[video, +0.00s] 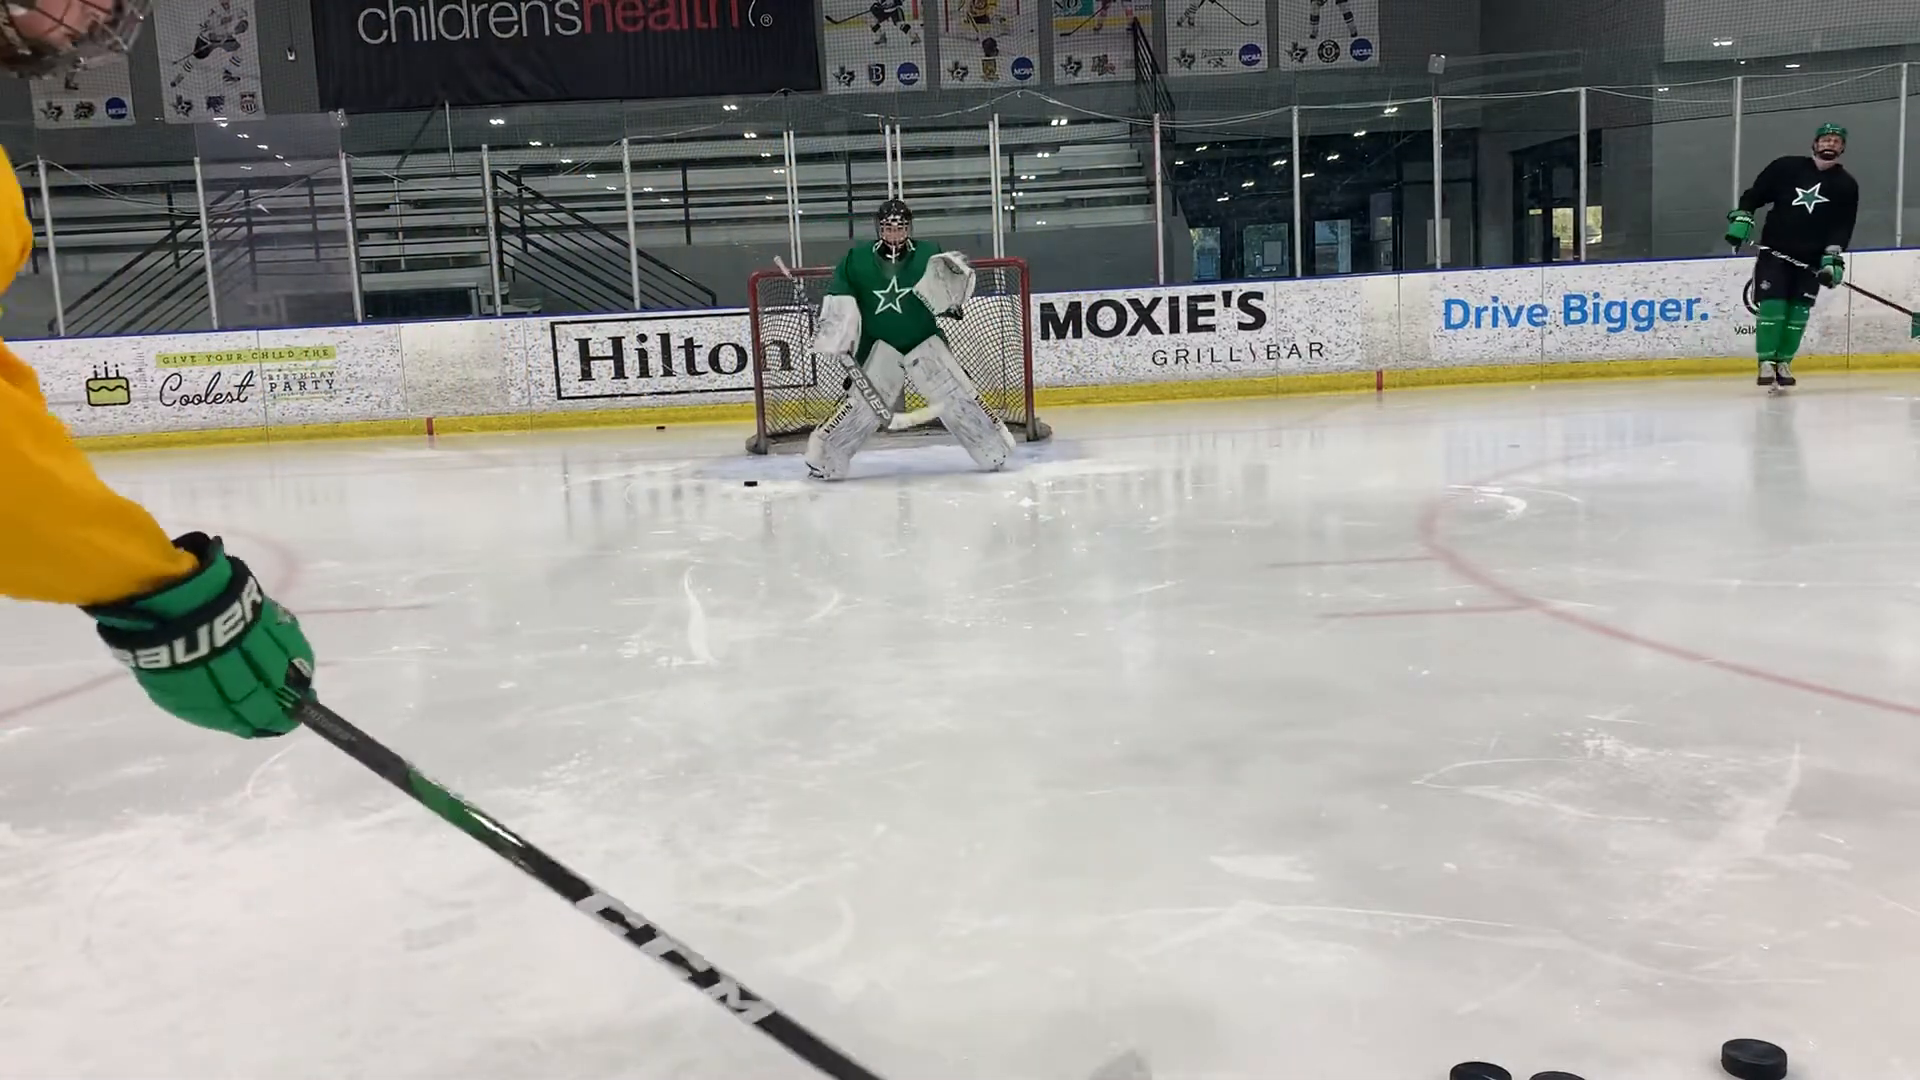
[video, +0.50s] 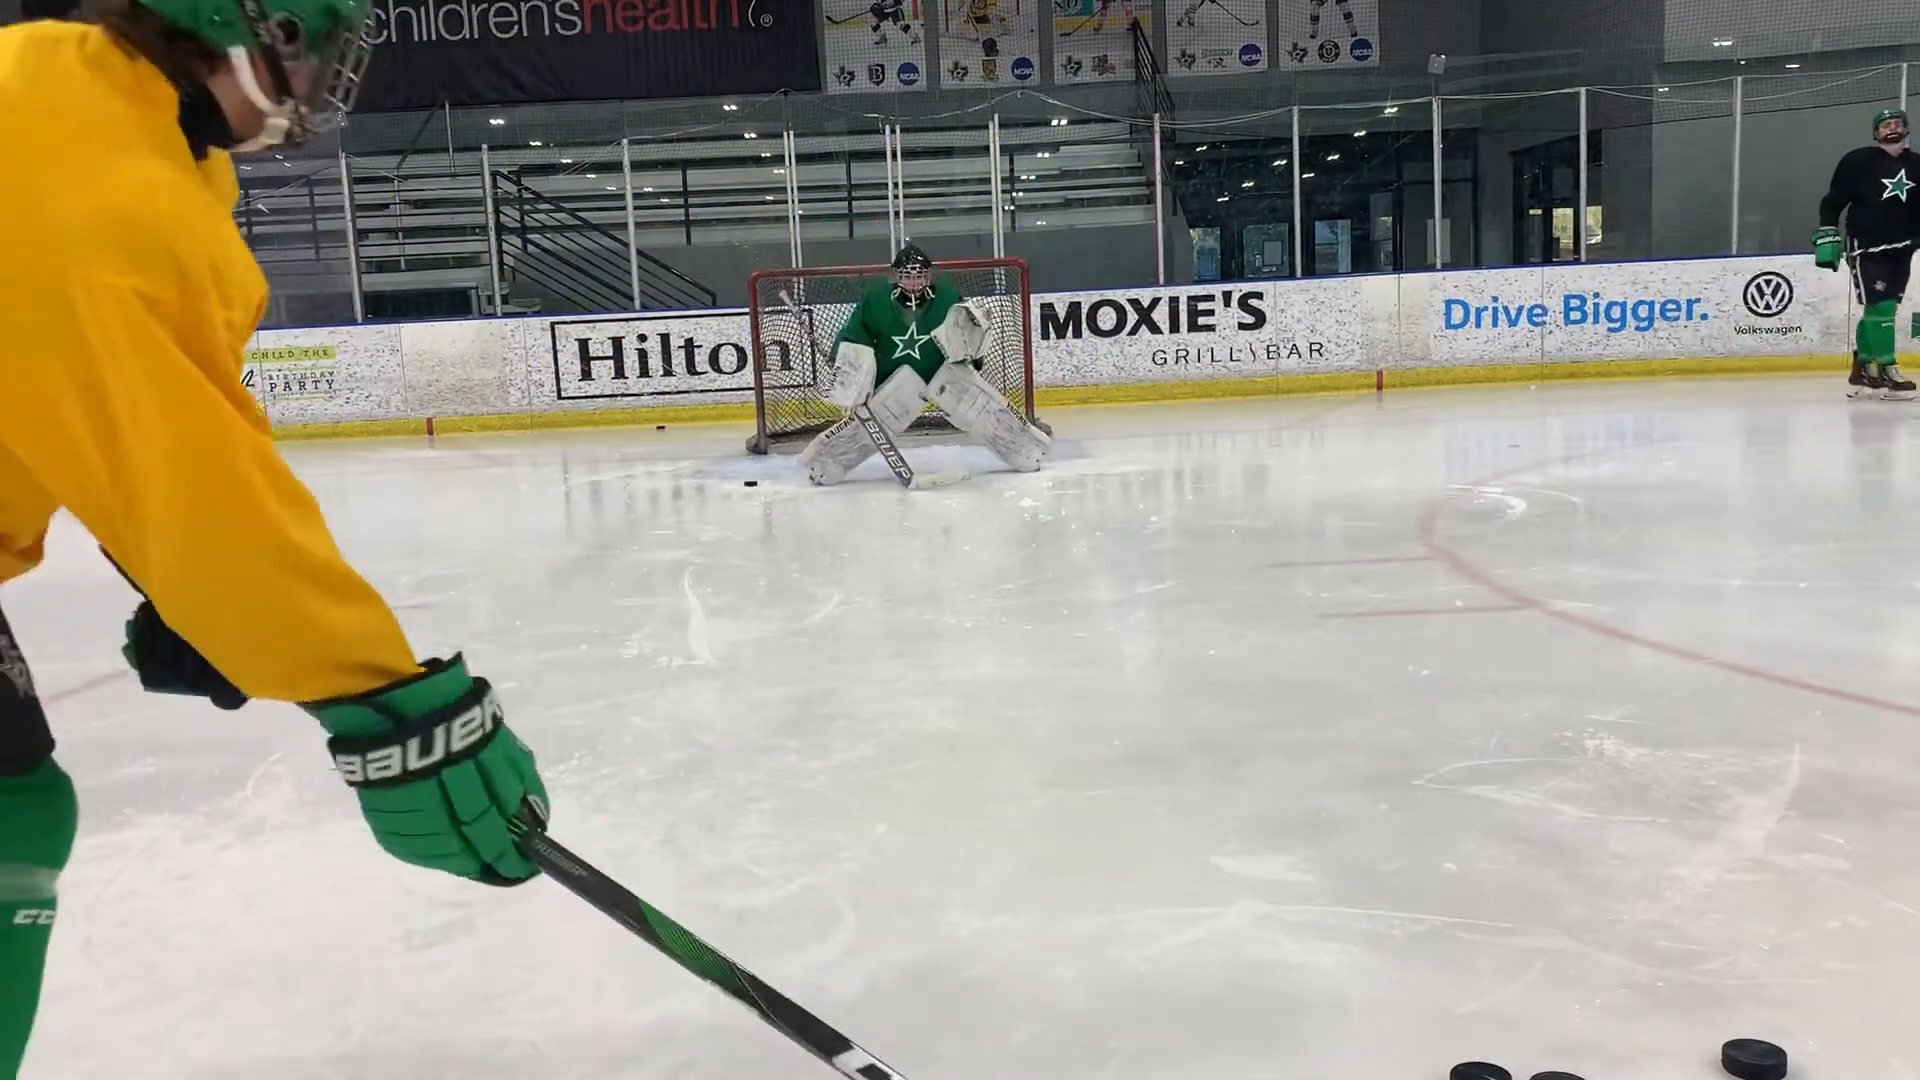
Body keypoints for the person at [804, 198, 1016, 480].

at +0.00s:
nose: (894, 234)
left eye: (899, 227)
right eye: (888, 228)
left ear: (908, 228)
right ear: (879, 229)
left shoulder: (927, 254)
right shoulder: (858, 260)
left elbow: (950, 302)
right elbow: (838, 301)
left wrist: (953, 276)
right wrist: (840, 338)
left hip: (924, 341)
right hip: (879, 346)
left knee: (956, 398)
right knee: (865, 408)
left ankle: (994, 455)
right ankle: (825, 461)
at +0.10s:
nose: (898, 246)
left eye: (904, 240)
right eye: (893, 240)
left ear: (913, 241)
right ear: (883, 241)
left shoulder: (931, 268)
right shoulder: (861, 273)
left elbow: (952, 315)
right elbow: (842, 316)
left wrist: (957, 289)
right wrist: (840, 357)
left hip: (929, 353)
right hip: (882, 358)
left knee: (964, 402)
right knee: (864, 414)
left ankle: (1005, 457)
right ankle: (821, 464)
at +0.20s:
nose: (902, 258)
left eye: (908, 252)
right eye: (896, 252)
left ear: (917, 253)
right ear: (886, 253)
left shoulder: (934, 277)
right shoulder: (865, 283)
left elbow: (957, 323)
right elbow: (844, 324)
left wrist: (958, 306)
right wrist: (844, 367)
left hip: (933, 360)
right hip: (887, 366)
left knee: (970, 407)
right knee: (866, 418)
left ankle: (1016, 454)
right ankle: (821, 463)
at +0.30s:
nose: (906, 266)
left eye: (912, 260)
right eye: (900, 261)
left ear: (921, 262)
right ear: (889, 262)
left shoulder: (939, 285)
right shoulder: (867, 291)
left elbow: (963, 336)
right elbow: (848, 333)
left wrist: (965, 312)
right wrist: (847, 372)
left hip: (938, 367)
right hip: (890, 372)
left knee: (978, 408)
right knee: (867, 421)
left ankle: (1022, 451)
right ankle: (822, 463)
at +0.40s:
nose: (911, 275)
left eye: (916, 269)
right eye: (904, 269)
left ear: (925, 270)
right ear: (893, 271)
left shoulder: (942, 293)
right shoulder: (872, 298)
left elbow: (967, 343)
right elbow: (852, 340)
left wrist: (969, 325)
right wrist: (850, 380)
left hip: (944, 371)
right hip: (894, 377)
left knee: (983, 410)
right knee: (869, 423)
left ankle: (1026, 453)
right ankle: (825, 464)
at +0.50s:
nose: (913, 281)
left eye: (919, 274)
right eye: (907, 275)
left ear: (929, 274)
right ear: (895, 276)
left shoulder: (946, 296)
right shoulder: (876, 303)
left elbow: (969, 348)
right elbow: (854, 342)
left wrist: (970, 333)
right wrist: (852, 380)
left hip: (946, 372)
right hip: (897, 378)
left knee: (982, 409)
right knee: (872, 424)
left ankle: (1027, 451)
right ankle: (826, 464)